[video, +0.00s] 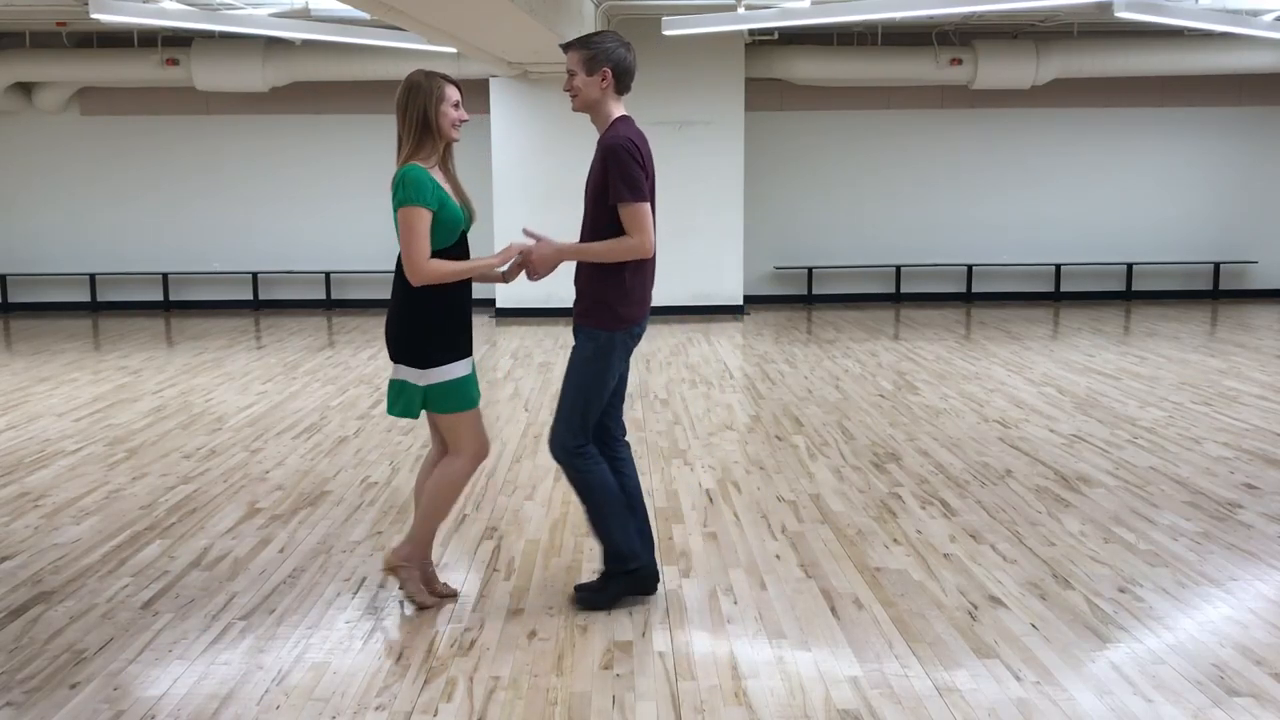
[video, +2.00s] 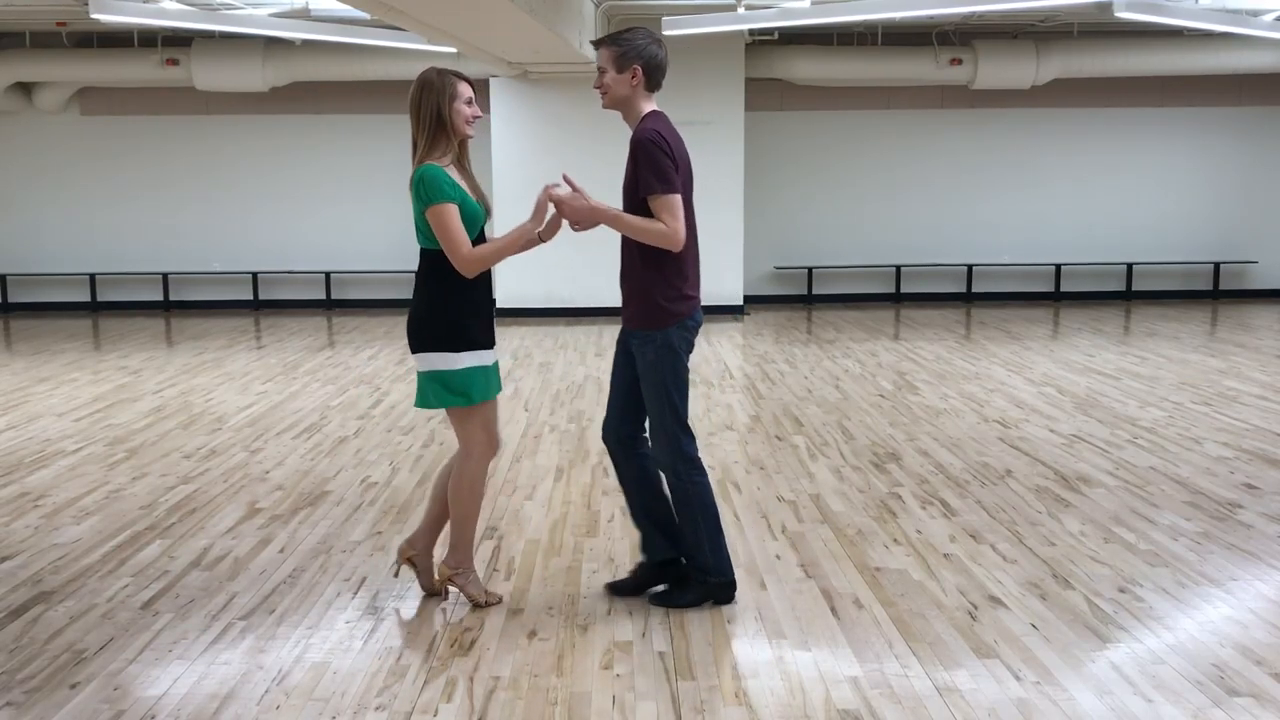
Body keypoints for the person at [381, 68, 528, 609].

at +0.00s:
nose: (463, 115)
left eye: (461, 106)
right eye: (454, 106)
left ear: (441, 113)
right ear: (426, 114)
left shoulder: (437, 175)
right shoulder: (416, 180)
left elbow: (442, 262)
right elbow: (418, 270)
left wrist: (494, 265)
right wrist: (488, 267)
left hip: (439, 331)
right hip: (430, 336)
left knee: (444, 447)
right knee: (471, 447)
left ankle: (419, 562)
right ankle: (410, 552)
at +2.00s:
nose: (477, 111)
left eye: (475, 102)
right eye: (466, 102)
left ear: (459, 111)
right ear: (440, 111)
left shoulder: (455, 173)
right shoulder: (433, 177)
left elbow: (479, 251)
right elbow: (466, 261)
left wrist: (535, 229)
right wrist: (529, 233)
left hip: (468, 327)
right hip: (449, 330)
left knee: (482, 443)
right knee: (478, 446)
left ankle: (420, 544)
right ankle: (460, 562)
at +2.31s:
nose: (450, 113)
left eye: (447, 104)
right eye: (439, 105)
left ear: (428, 113)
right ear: (412, 114)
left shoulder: (426, 176)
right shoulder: (403, 180)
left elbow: (435, 263)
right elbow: (405, 273)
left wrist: (486, 271)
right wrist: (478, 275)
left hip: (430, 332)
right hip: (421, 338)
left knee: (437, 446)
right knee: (465, 445)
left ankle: (411, 560)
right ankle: (405, 550)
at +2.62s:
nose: (432, 113)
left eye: (430, 104)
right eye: (422, 105)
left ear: (409, 114)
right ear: (396, 113)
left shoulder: (410, 177)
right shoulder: (388, 180)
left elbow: (410, 263)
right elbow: (369, 267)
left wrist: (460, 265)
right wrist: (443, 277)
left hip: (414, 334)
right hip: (386, 336)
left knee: (446, 442)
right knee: (382, 452)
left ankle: (410, 554)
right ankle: (337, 567)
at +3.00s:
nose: (436, 111)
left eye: (433, 102)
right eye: (426, 103)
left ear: (412, 111)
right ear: (400, 113)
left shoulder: (408, 175)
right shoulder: (395, 178)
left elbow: (429, 261)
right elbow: (417, 268)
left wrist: (487, 245)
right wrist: (489, 255)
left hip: (395, 335)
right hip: (404, 339)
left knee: (409, 446)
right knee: (443, 446)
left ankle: (372, 557)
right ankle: (376, 555)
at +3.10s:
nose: (442, 111)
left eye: (439, 102)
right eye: (431, 103)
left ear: (409, 113)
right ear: (405, 112)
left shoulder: (409, 174)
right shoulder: (403, 177)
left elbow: (437, 246)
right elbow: (440, 263)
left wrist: (493, 229)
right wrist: (510, 244)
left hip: (398, 330)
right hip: (412, 334)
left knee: (415, 444)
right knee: (460, 440)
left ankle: (374, 556)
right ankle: (420, 557)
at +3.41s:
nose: (473, 111)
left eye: (471, 102)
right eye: (464, 103)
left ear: (441, 113)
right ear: (440, 111)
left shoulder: (445, 173)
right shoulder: (439, 176)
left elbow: (498, 233)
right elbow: (504, 238)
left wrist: (537, 197)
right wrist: (574, 206)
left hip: (450, 329)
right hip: (461, 333)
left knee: (454, 444)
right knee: (493, 440)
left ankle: (394, 546)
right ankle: (468, 560)